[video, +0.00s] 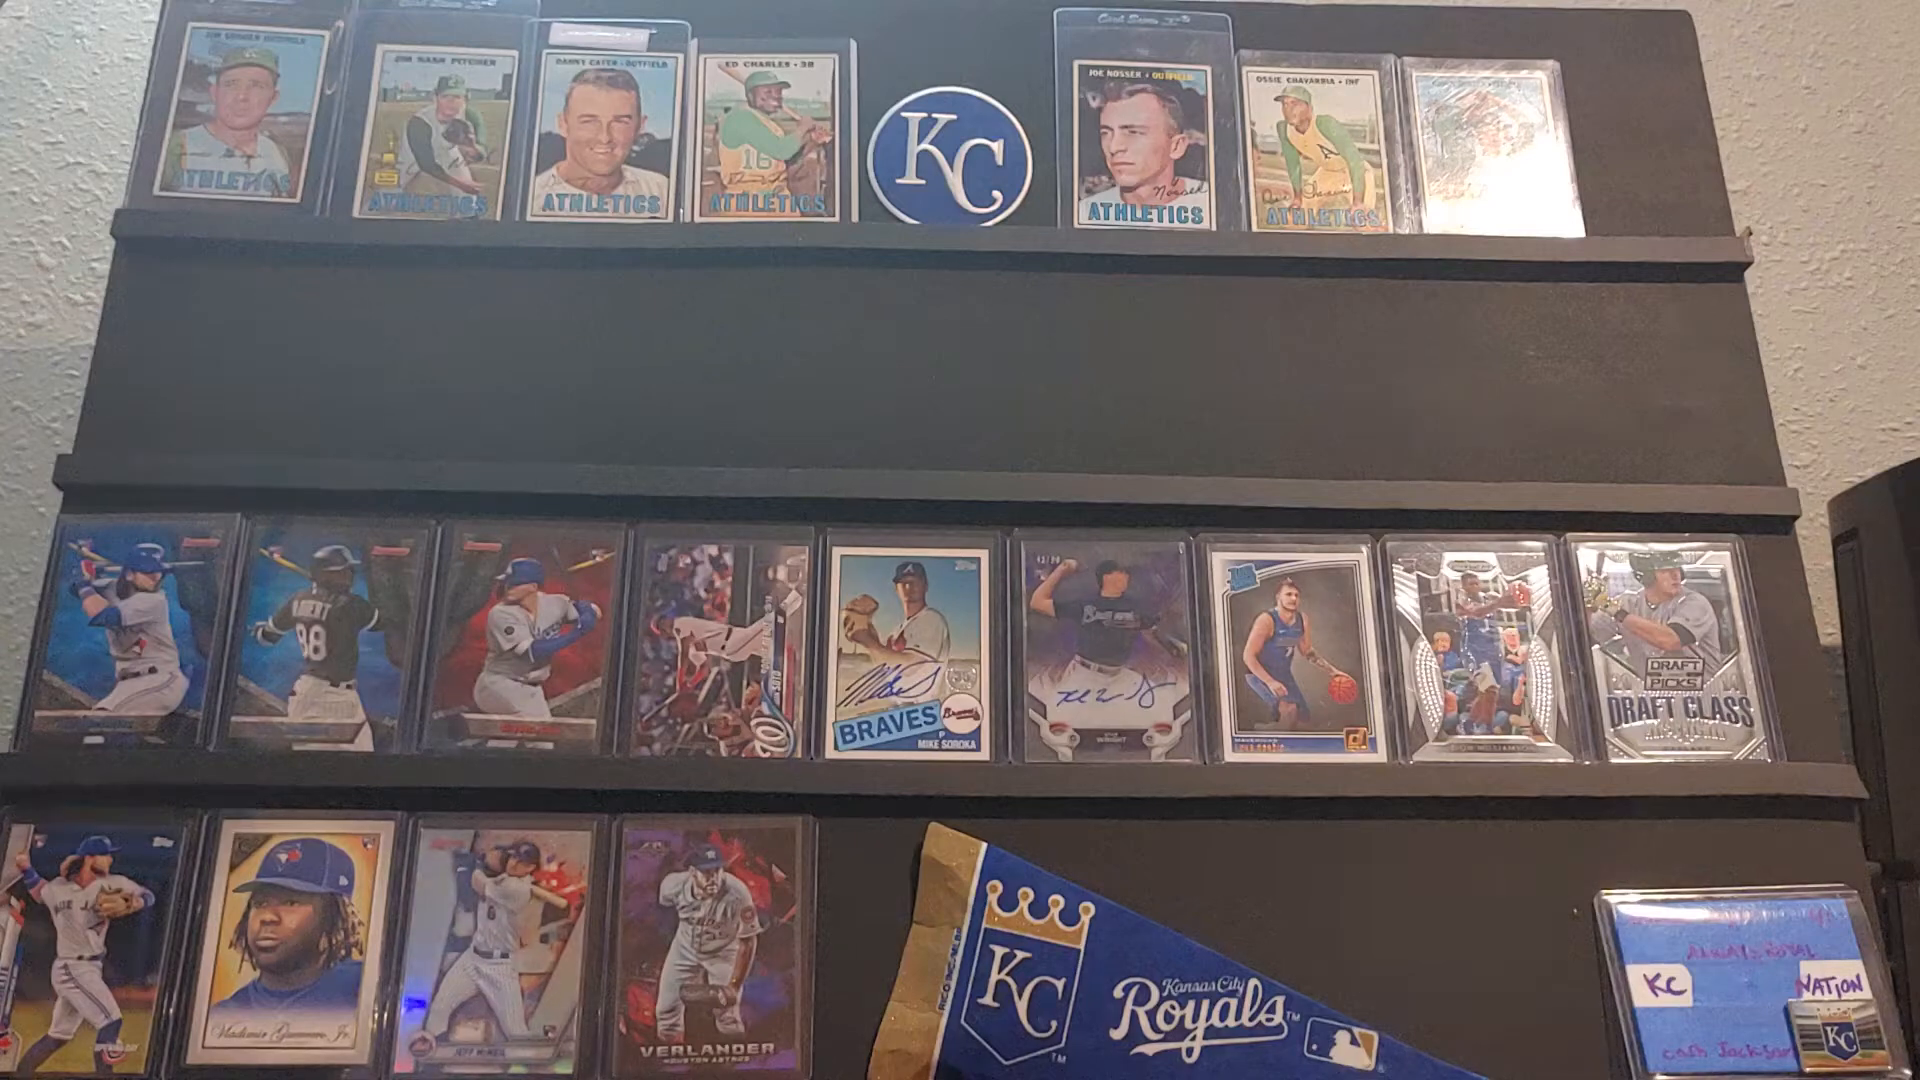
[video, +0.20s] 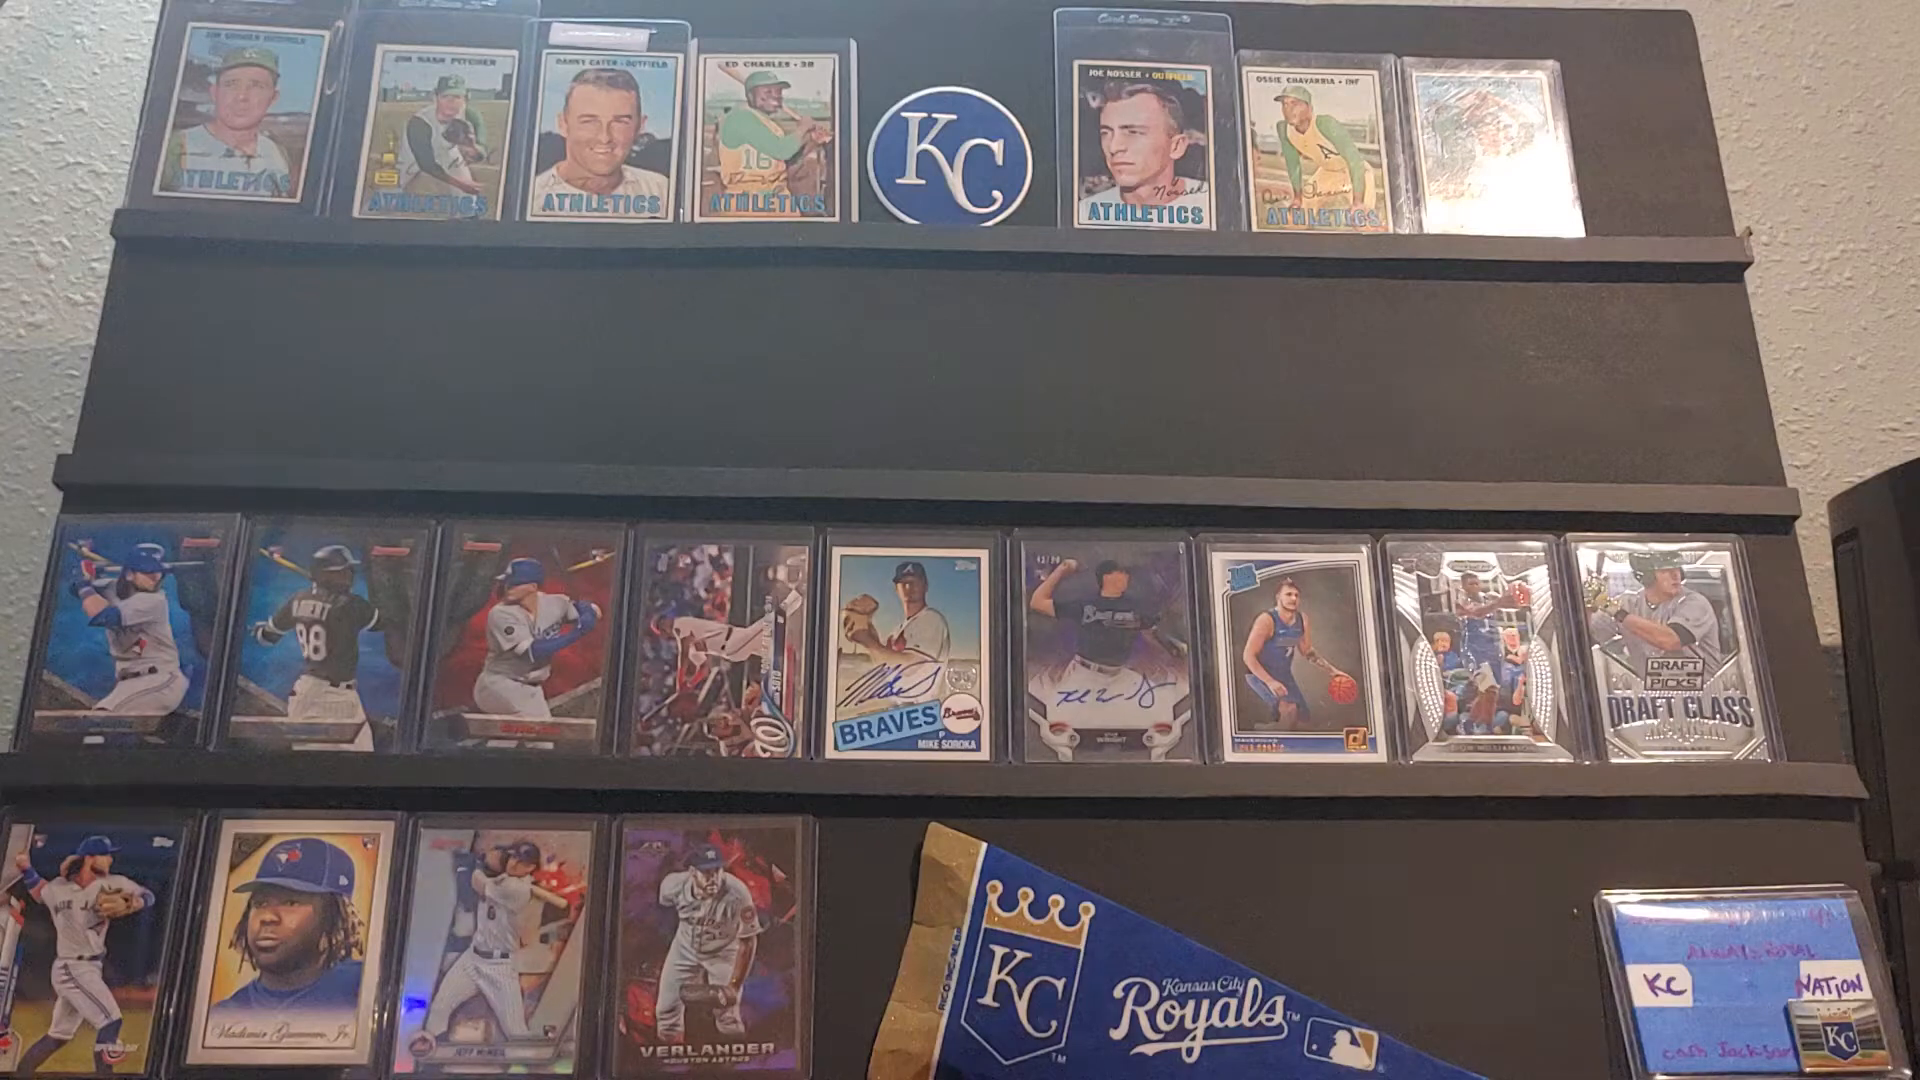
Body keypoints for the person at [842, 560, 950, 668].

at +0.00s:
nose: (907, 588)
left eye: (913, 583)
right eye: (902, 583)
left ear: (925, 586)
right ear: (896, 588)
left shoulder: (931, 619)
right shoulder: (902, 626)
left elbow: (912, 662)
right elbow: (883, 661)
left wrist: (867, 640)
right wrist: (866, 623)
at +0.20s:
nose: (907, 588)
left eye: (913, 583)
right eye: (902, 583)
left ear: (925, 586)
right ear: (896, 588)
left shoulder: (931, 619)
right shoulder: (903, 626)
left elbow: (911, 662)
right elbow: (882, 661)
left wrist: (866, 640)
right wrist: (866, 622)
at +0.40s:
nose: (907, 588)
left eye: (913, 583)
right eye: (902, 583)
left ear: (925, 586)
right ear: (896, 588)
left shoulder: (931, 619)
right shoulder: (902, 626)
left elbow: (911, 662)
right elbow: (882, 661)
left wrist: (866, 640)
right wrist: (865, 622)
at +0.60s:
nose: (907, 588)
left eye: (913, 582)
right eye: (902, 583)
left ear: (925, 586)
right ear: (896, 588)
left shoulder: (931, 619)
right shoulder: (902, 626)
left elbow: (911, 662)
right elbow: (882, 661)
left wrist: (866, 640)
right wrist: (865, 622)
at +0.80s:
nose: (907, 589)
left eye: (913, 583)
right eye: (902, 583)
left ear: (925, 586)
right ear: (896, 588)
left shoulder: (931, 619)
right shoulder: (902, 626)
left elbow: (911, 662)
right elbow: (882, 660)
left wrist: (866, 640)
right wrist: (865, 622)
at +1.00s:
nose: (907, 588)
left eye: (913, 583)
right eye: (902, 583)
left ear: (925, 586)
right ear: (896, 588)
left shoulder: (931, 619)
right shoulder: (901, 626)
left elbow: (909, 662)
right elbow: (882, 659)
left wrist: (865, 639)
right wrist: (864, 622)